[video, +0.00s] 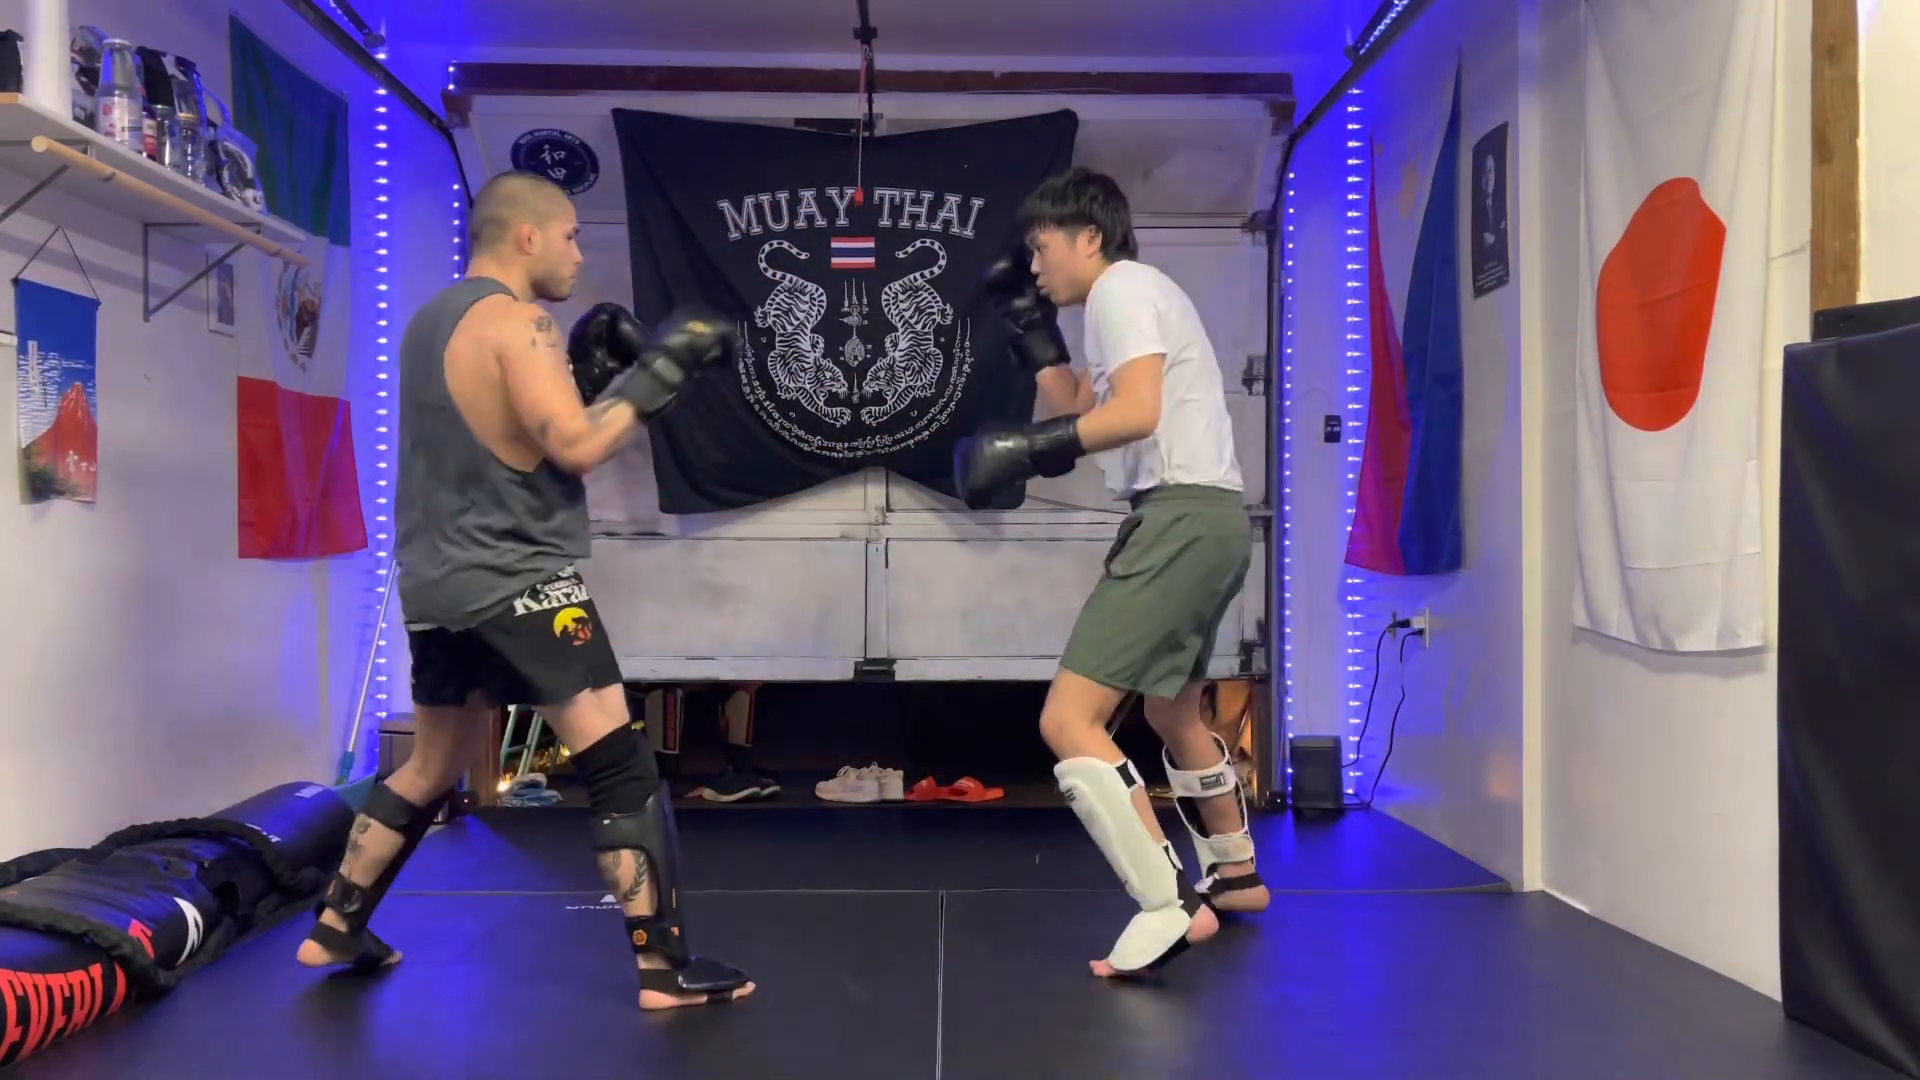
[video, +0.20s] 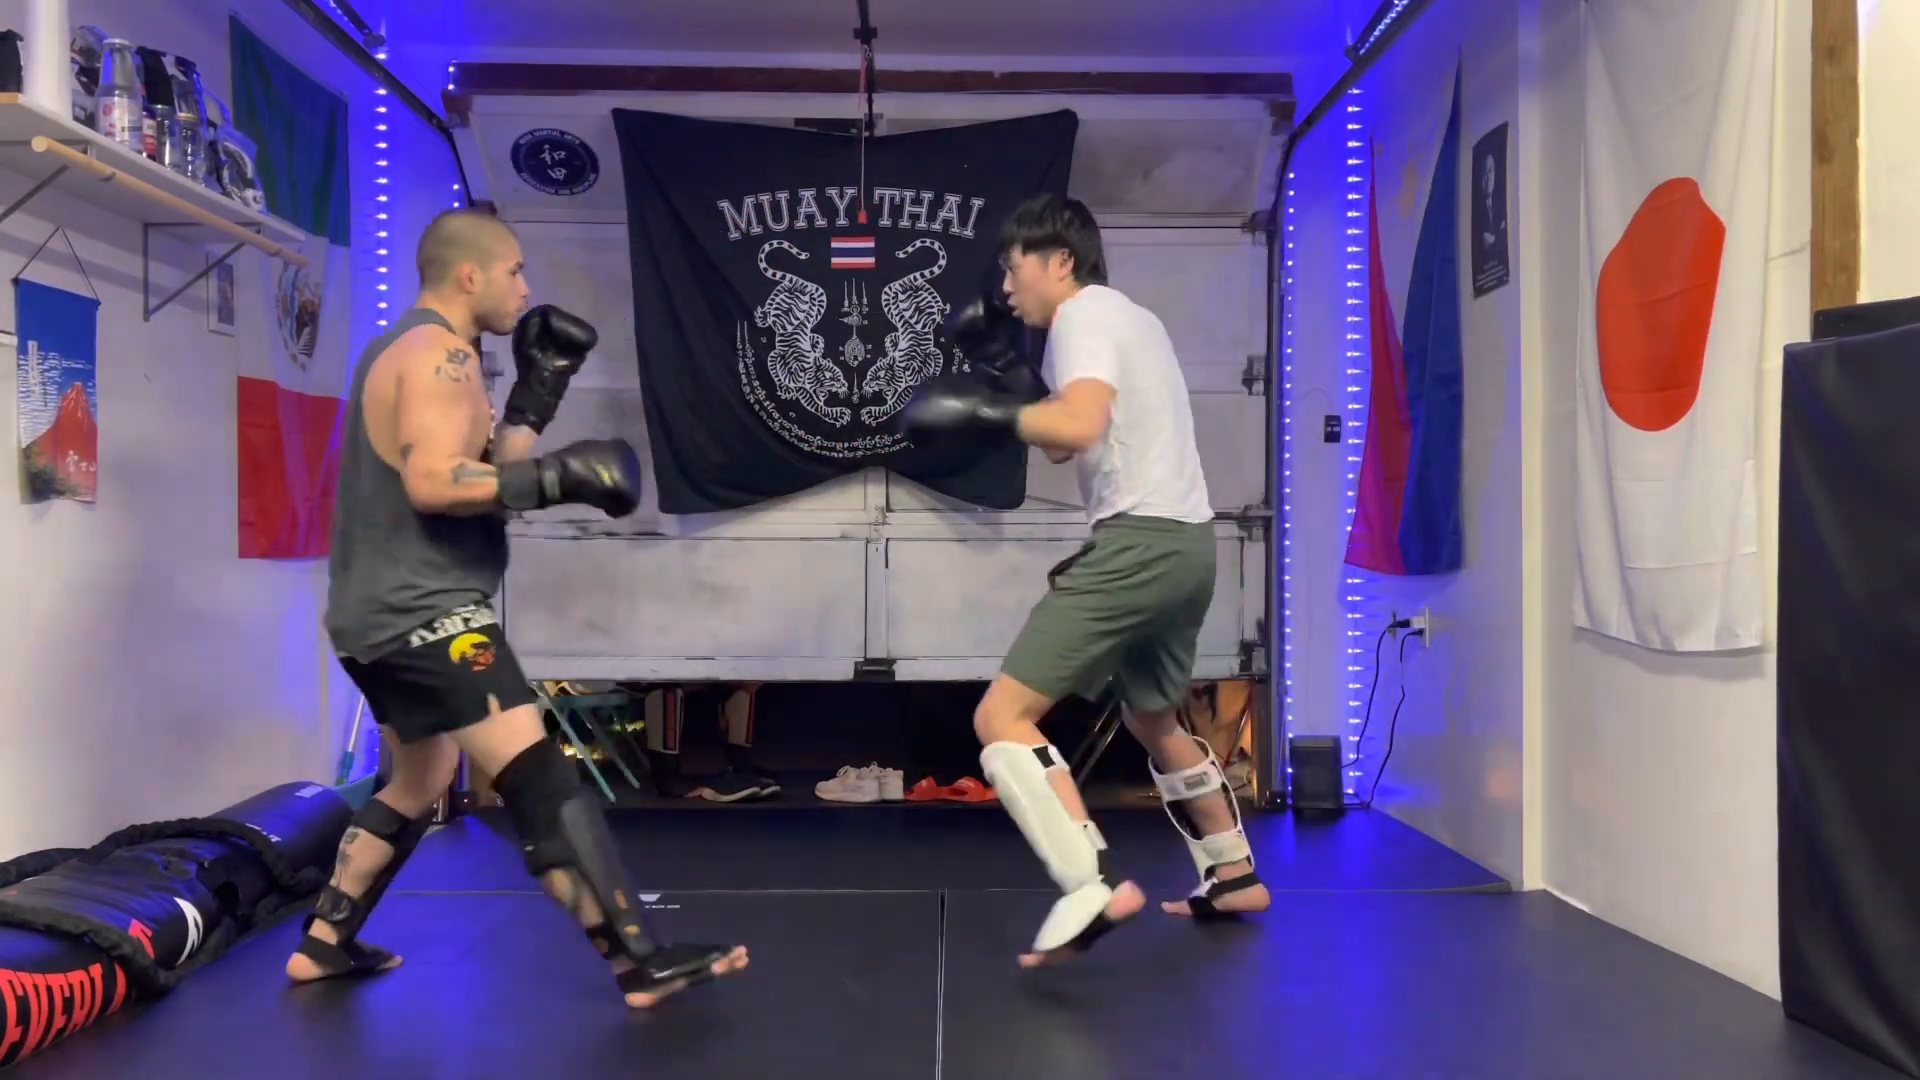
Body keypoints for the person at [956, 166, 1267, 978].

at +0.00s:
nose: (1033, 264)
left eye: (1040, 246)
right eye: (1032, 250)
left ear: (1087, 238)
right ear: (1087, 244)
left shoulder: (1123, 287)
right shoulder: (1127, 303)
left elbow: (1138, 409)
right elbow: (1068, 402)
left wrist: (1033, 447)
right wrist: (1032, 329)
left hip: (1181, 517)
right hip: (1210, 520)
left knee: (1070, 720)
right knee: (1173, 708)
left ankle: (1167, 905)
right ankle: (1236, 872)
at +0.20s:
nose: (1007, 287)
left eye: (1014, 269)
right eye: (1005, 271)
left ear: (1059, 262)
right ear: (1069, 266)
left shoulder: (1086, 315)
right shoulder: (1133, 319)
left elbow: (1078, 425)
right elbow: (1069, 439)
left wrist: (991, 409)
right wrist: (1018, 373)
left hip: (1138, 545)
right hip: (1187, 547)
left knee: (1003, 716)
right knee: (1154, 715)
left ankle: (1090, 882)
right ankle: (1232, 875)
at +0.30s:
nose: (981, 294)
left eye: (988, 276)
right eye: (980, 278)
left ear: (1035, 268)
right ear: (1053, 275)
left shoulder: (1047, 316)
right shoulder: (1114, 326)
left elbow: (947, 383)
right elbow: (1049, 450)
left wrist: (836, 363)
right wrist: (988, 374)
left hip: (1119, 542)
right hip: (1174, 546)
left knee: (1003, 736)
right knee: (1126, 708)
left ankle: (1000, 925)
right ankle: (1207, 863)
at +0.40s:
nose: (955, 299)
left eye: (963, 281)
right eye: (955, 283)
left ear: (1006, 276)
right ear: (1023, 281)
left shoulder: (1020, 324)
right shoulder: (1091, 335)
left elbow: (931, 388)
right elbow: (1027, 468)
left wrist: (822, 358)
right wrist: (968, 384)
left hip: (1081, 556)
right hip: (1145, 559)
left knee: (963, 741)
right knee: (1124, 727)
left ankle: (999, 934)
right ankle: (1209, 882)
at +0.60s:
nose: (891, 304)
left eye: (900, 287)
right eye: (890, 289)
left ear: (952, 281)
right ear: (966, 284)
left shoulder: (943, 334)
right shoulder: (1037, 338)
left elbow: (823, 361)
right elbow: (1048, 450)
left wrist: (716, 333)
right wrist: (997, 546)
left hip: (1033, 562)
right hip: (1097, 566)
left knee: (886, 733)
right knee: (1064, 728)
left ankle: (903, 928)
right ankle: (1150, 888)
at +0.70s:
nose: (848, 293)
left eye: (857, 278)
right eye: (849, 278)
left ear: (905, 280)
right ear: (920, 285)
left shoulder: (915, 337)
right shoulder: (986, 346)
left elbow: (824, 418)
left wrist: (717, 373)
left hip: (986, 579)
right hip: (1042, 578)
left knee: (849, 761)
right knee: (1021, 747)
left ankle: (895, 963)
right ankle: (1140, 883)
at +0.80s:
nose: (794, 265)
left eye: (805, 247)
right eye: (794, 248)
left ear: (857, 249)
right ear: (850, 253)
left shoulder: (914, 321)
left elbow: (913, 455)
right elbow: (867, 440)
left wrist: (805, 412)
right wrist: (773, 400)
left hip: (955, 555)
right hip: (923, 556)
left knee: (847, 751)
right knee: (896, 739)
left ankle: (896, 965)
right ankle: (1062, 830)